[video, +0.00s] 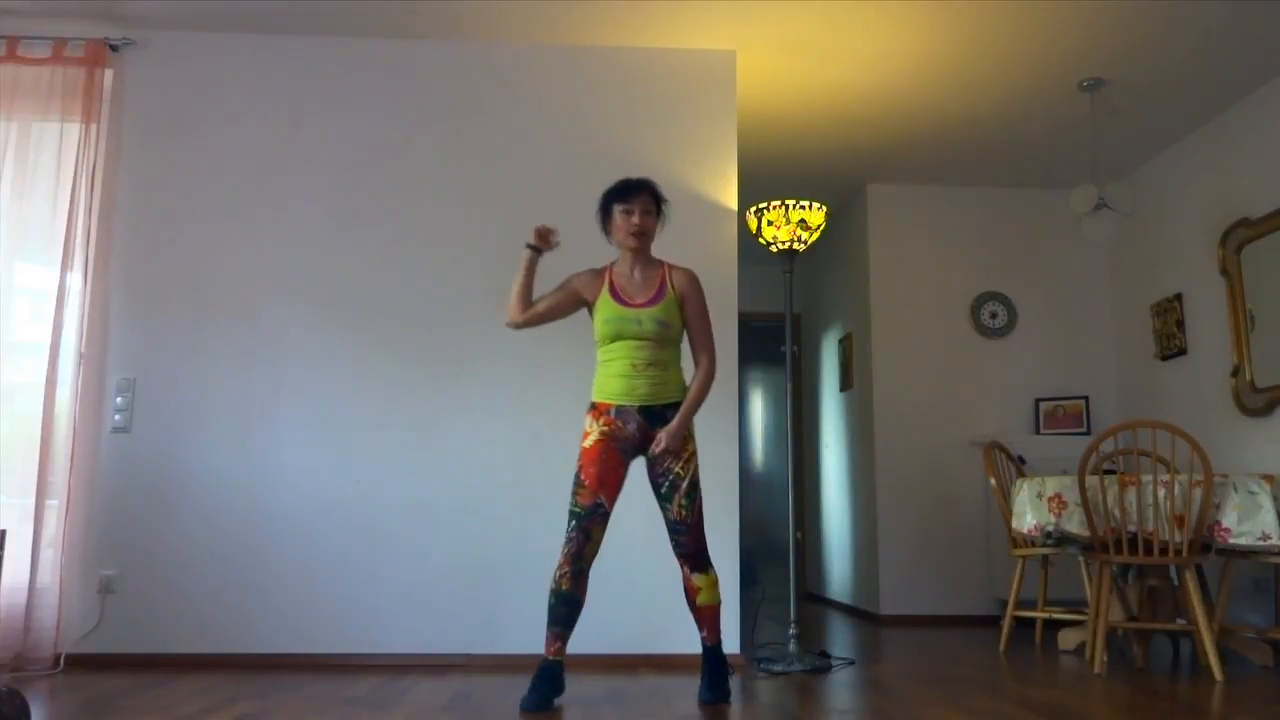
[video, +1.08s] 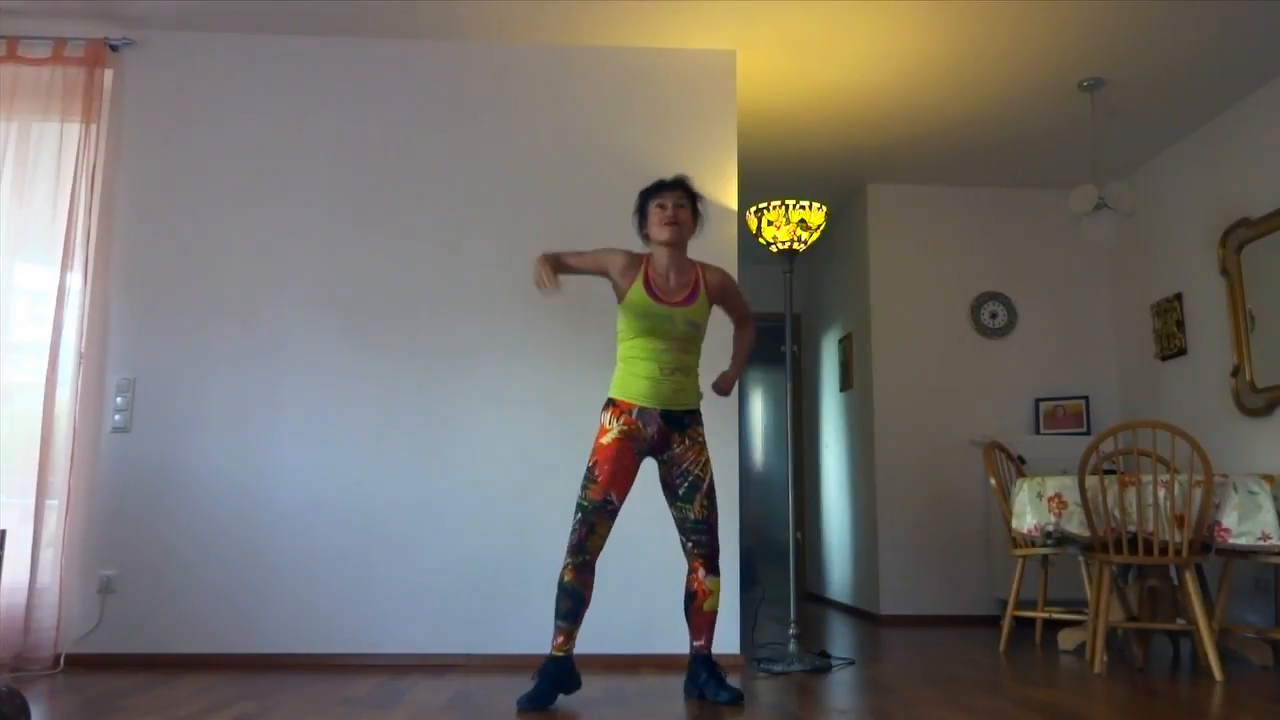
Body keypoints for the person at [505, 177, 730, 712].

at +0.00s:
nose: (639, 221)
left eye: (648, 213)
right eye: (628, 212)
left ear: (659, 223)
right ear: (608, 222)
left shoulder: (681, 282)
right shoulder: (591, 282)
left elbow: (706, 364)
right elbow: (519, 315)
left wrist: (679, 424)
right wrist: (532, 254)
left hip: (668, 420)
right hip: (608, 420)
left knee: (691, 546)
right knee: (579, 542)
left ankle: (713, 660)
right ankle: (550, 667)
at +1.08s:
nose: (670, 212)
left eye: (680, 206)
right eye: (660, 206)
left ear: (695, 221)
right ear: (644, 221)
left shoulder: (713, 279)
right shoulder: (624, 264)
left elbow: (746, 322)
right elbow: (555, 260)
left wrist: (734, 369)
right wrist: (545, 266)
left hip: (684, 424)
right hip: (624, 420)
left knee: (704, 545)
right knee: (584, 539)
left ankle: (702, 666)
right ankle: (559, 661)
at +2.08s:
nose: (537, 248)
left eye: (550, 240)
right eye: (530, 241)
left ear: (576, 251)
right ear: (523, 252)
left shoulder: (599, 315)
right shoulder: (513, 308)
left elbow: (601, 383)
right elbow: (485, 379)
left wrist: (612, 431)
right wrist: (486, 406)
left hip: (573, 446)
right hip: (517, 438)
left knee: (539, 561)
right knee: (508, 555)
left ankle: (481, 676)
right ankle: (508, 680)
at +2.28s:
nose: (558, 224)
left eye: (569, 216)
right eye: (553, 218)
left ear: (598, 227)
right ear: (547, 228)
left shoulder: (612, 291)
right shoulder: (531, 277)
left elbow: (614, 354)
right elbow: (470, 329)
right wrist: (468, 284)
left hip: (580, 421)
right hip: (522, 415)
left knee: (593, 538)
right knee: (511, 541)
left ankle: (569, 662)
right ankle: (511, 666)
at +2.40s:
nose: (578, 213)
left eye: (589, 204)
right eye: (572, 205)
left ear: (615, 211)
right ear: (568, 213)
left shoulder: (634, 268)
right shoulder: (557, 261)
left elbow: (618, 252)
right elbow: (481, 263)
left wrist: (599, 186)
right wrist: (477, 205)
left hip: (592, 403)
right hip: (533, 396)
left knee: (625, 528)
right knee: (515, 528)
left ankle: (655, 648)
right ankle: (503, 657)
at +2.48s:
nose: (587, 220)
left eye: (596, 210)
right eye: (580, 213)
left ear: (623, 212)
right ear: (580, 221)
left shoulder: (646, 266)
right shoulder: (575, 266)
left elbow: (635, 203)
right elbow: (504, 229)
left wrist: (595, 136)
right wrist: (470, 172)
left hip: (604, 407)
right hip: (544, 400)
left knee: (642, 534)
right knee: (522, 529)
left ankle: (692, 652)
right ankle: (507, 656)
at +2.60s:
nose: (598, 231)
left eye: (605, 219)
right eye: (593, 224)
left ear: (638, 215)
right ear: (599, 232)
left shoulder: (668, 271)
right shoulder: (601, 276)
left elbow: (652, 193)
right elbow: (531, 239)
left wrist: (616, 123)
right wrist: (499, 179)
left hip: (638, 421)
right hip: (579, 414)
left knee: (664, 548)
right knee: (542, 537)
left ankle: (699, 669)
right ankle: (521, 657)